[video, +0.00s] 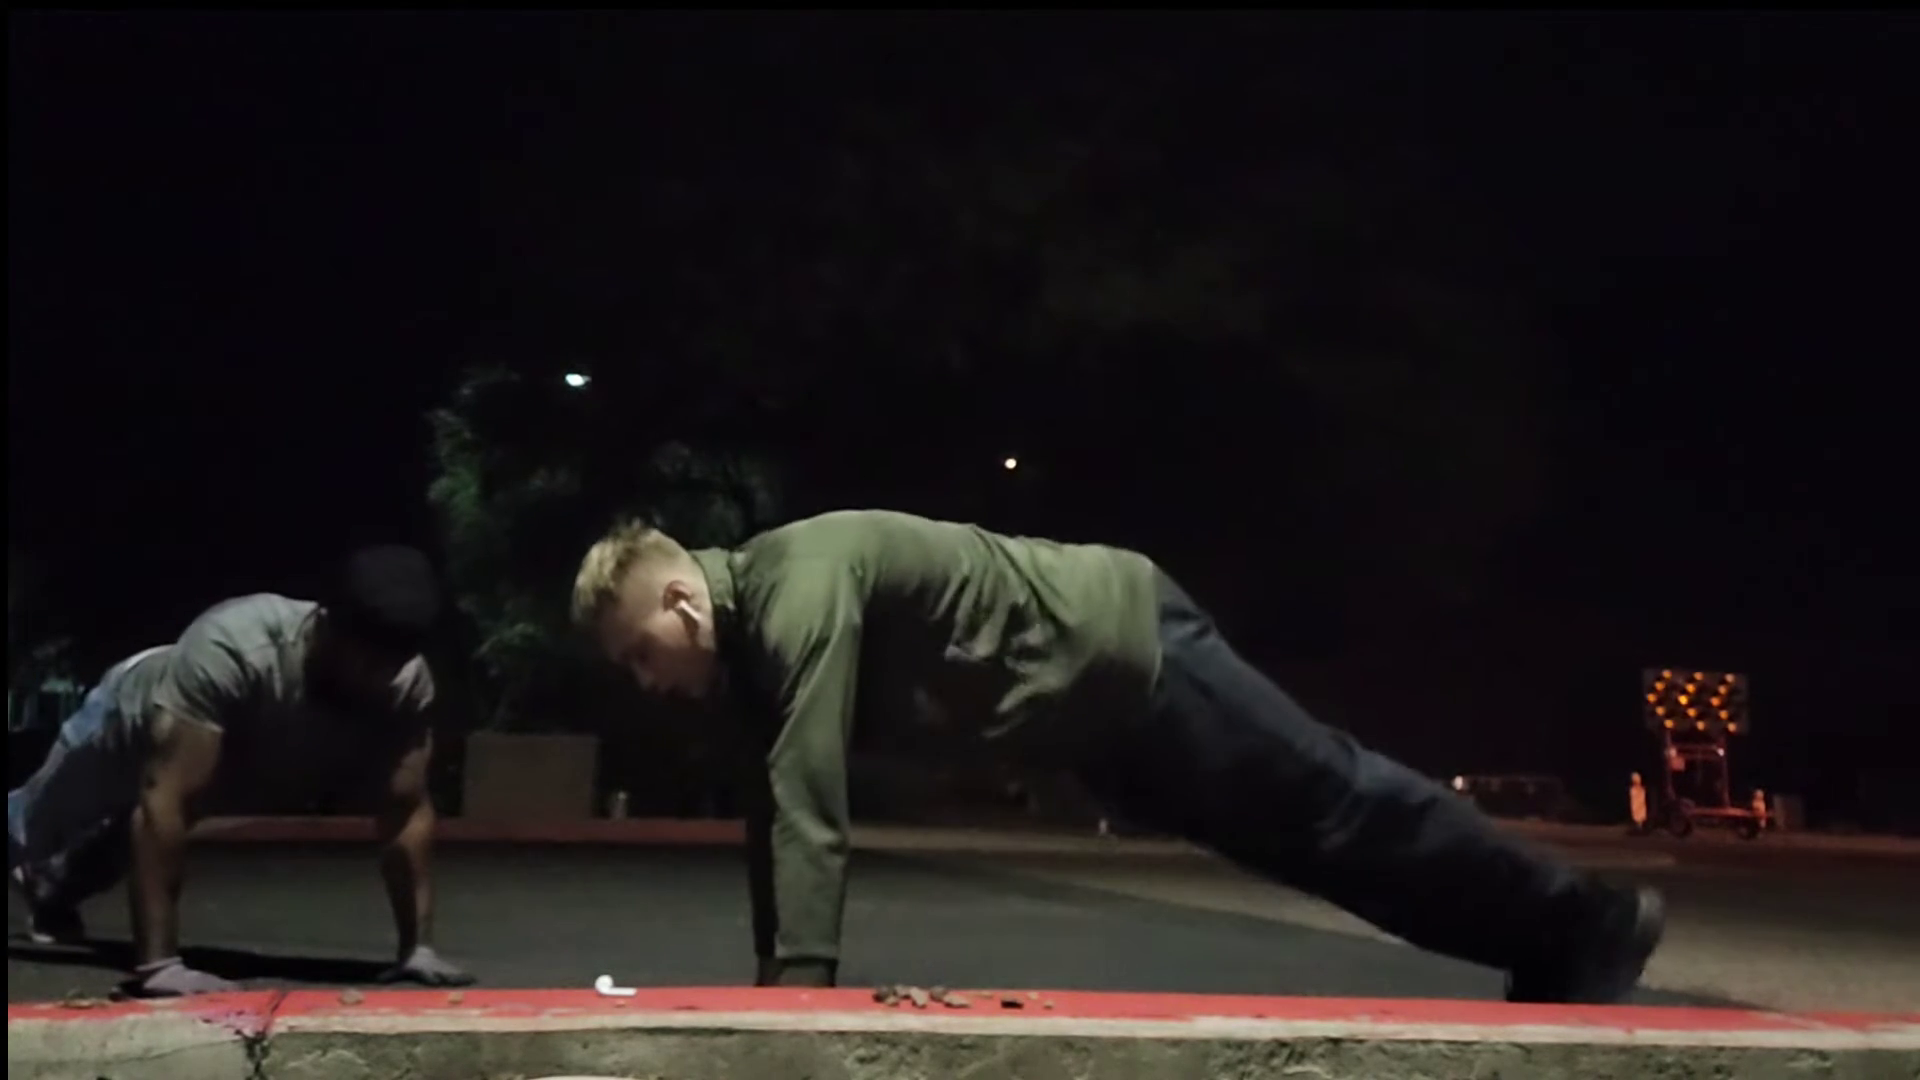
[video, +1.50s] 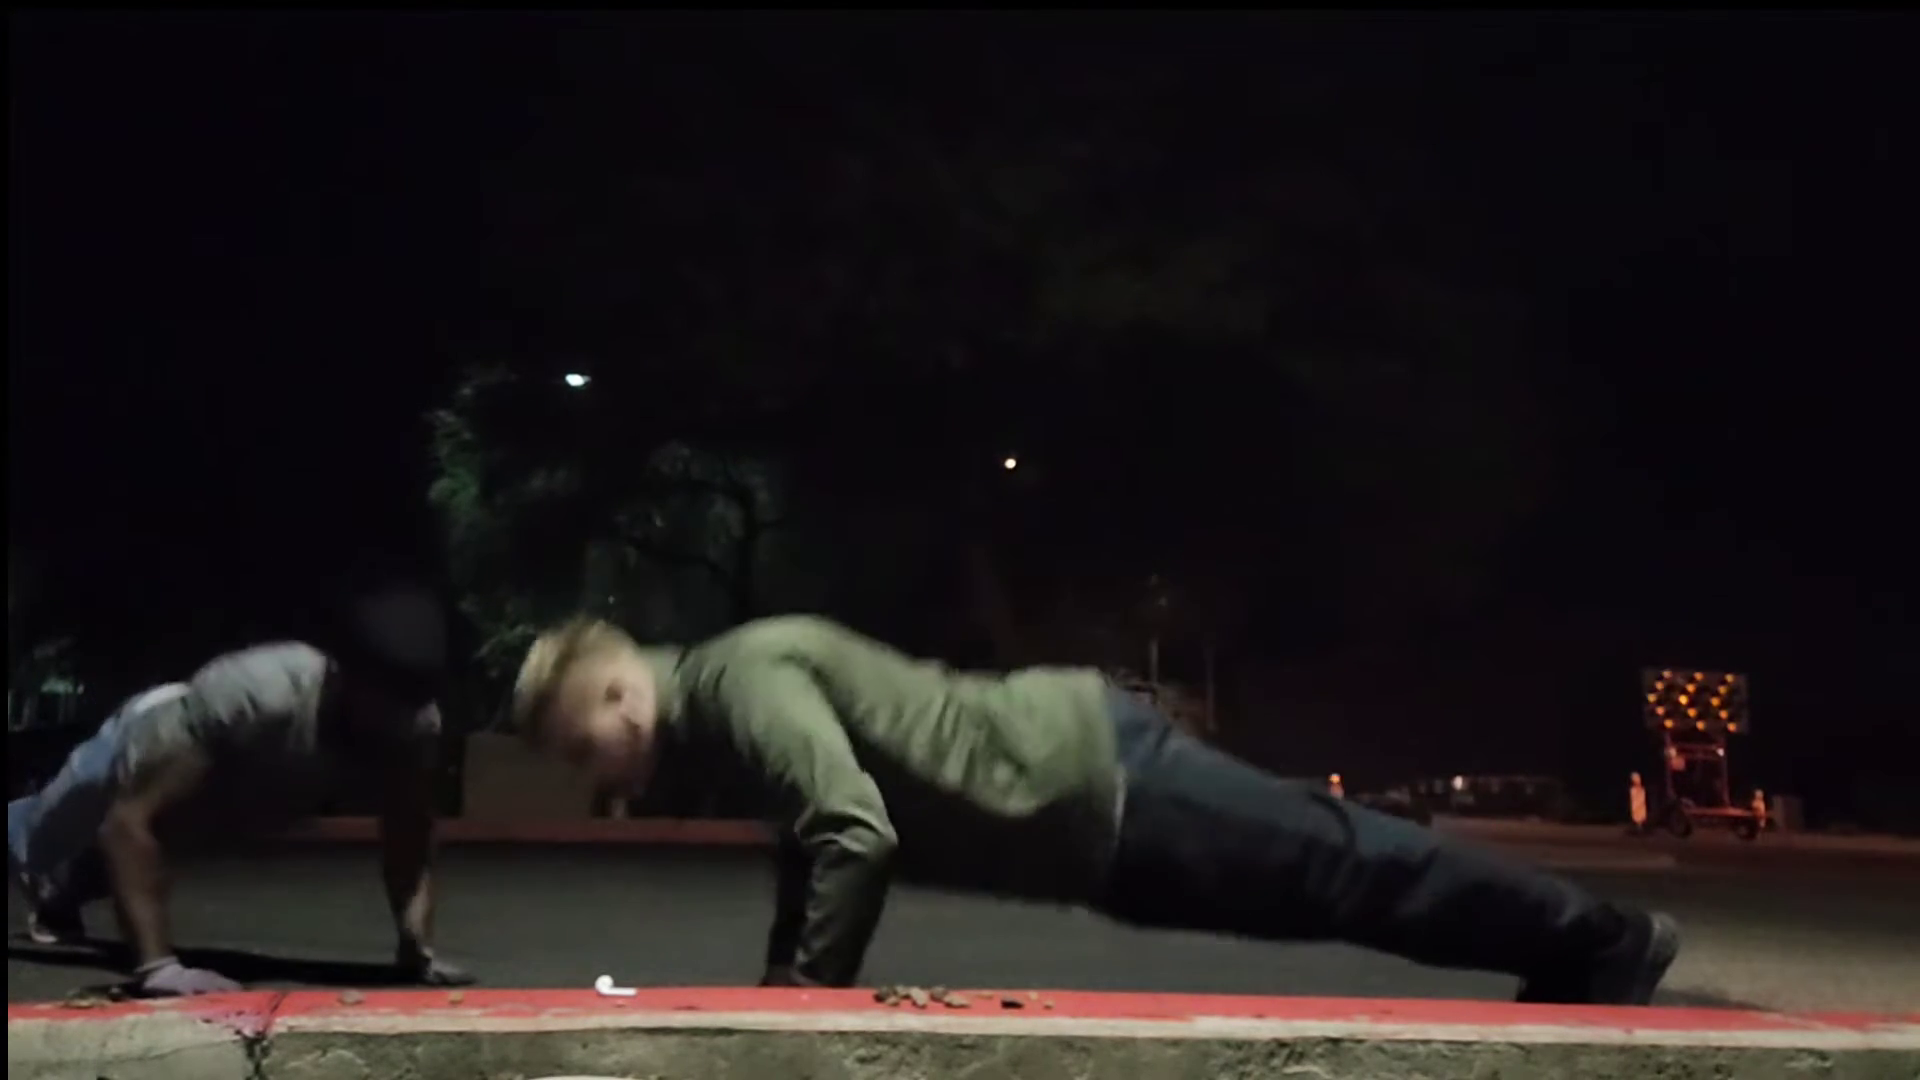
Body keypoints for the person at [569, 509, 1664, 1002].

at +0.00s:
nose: (656, 678)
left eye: (645, 651)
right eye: (637, 666)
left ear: (680, 592)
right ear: (668, 621)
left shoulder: (801, 578)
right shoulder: (759, 631)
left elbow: (806, 785)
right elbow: (775, 800)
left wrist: (805, 968)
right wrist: (784, 973)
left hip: (1129, 647)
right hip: (1095, 709)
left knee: (1339, 803)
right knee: (1306, 841)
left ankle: (1587, 926)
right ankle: (1539, 945)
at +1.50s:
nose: (593, 757)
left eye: (587, 729)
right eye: (574, 746)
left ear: (623, 675)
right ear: (598, 715)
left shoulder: (743, 677)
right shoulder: (721, 711)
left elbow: (852, 835)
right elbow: (827, 839)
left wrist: (796, 992)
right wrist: (790, 988)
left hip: (1099, 773)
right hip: (1084, 804)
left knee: (1351, 867)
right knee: (1338, 881)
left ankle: (1609, 948)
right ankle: (1582, 950)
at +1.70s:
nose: (551, 875)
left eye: (541, 844)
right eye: (526, 875)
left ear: (577, 791)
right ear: (537, 882)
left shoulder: (709, 798)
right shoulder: (677, 857)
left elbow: (862, 859)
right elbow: (827, 881)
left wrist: (785, 988)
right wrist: (808, 974)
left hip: (1061, 869)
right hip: (1040, 893)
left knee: (1323, 912)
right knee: (1305, 922)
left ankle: (1594, 942)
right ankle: (1559, 947)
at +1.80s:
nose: (569, 949)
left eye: (552, 929)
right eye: (543, 949)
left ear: (563, 873)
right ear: (534, 929)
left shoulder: (687, 846)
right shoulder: (647, 902)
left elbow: (857, 855)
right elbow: (827, 878)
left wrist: (794, 975)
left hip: (1047, 881)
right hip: (1027, 901)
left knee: (1314, 924)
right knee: (1298, 924)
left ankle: (1580, 944)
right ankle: (1557, 943)